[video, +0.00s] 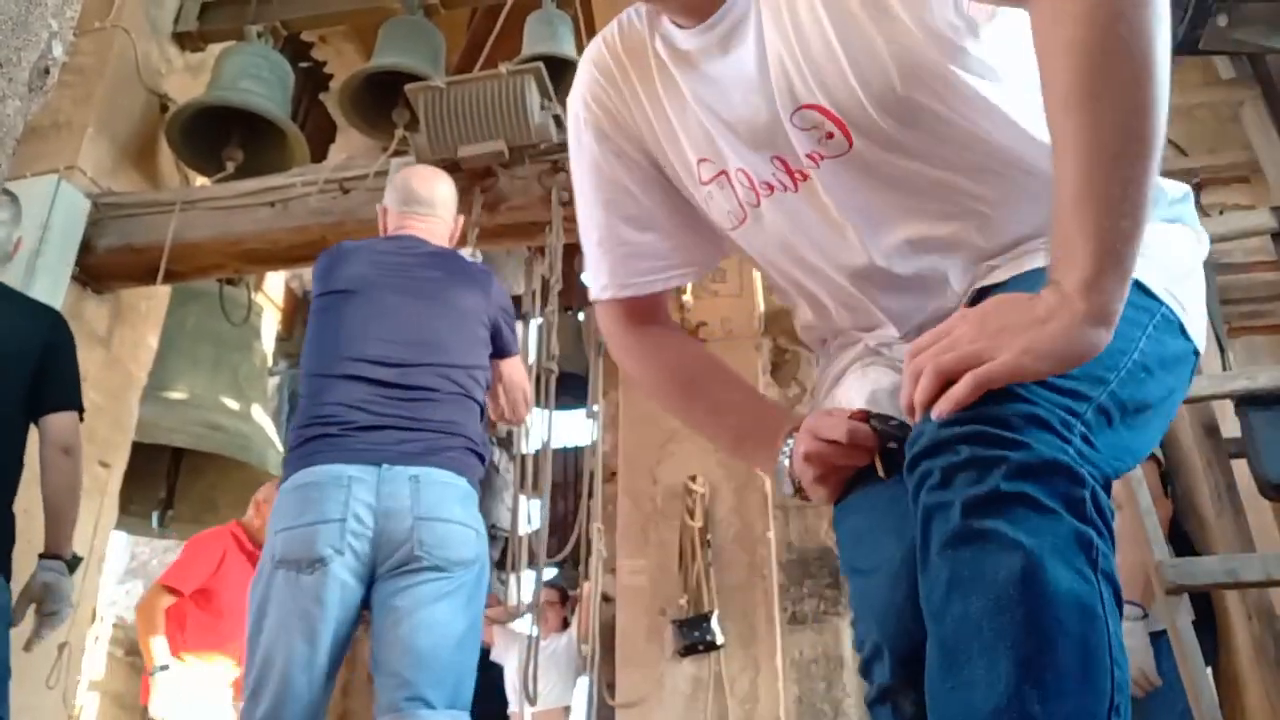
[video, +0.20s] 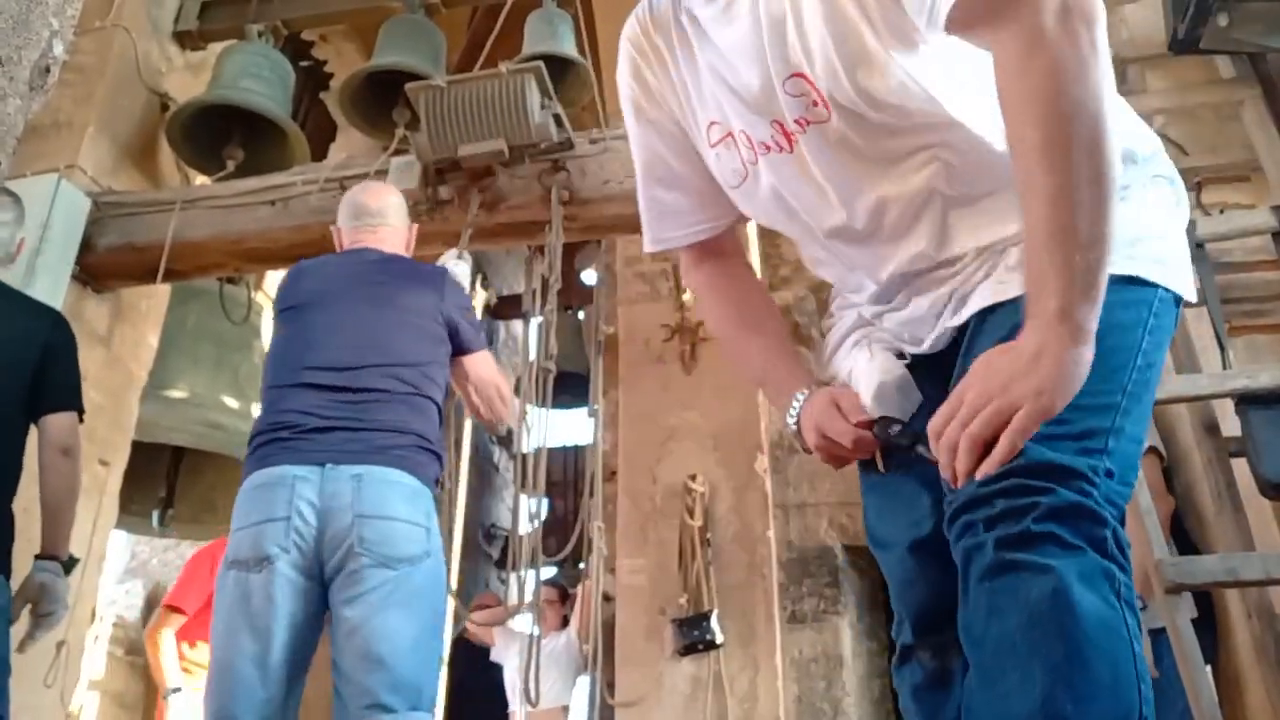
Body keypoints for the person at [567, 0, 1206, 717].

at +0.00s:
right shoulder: (614, 86)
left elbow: (1093, 4)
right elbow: (632, 321)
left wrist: (1080, 297)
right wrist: (786, 442)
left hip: (1063, 267)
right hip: (870, 359)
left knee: (974, 451)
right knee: (899, 626)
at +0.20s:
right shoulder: (653, 46)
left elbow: (1042, 19)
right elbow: (707, 252)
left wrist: (1056, 328)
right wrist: (799, 395)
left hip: (1052, 234)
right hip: (886, 314)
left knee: (1016, 511)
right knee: (924, 591)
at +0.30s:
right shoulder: (671, 37)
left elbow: (1049, 8)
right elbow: (740, 229)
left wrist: (970, 292)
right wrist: (780, 350)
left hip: (1067, 212)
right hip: (893, 294)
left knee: (1022, 511)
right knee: (935, 576)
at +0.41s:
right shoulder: (689, 23)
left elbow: (1042, 3)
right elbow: (763, 205)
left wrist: (894, 234)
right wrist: (779, 306)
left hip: (1065, 191)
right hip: (904, 295)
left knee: (1033, 490)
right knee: (963, 579)